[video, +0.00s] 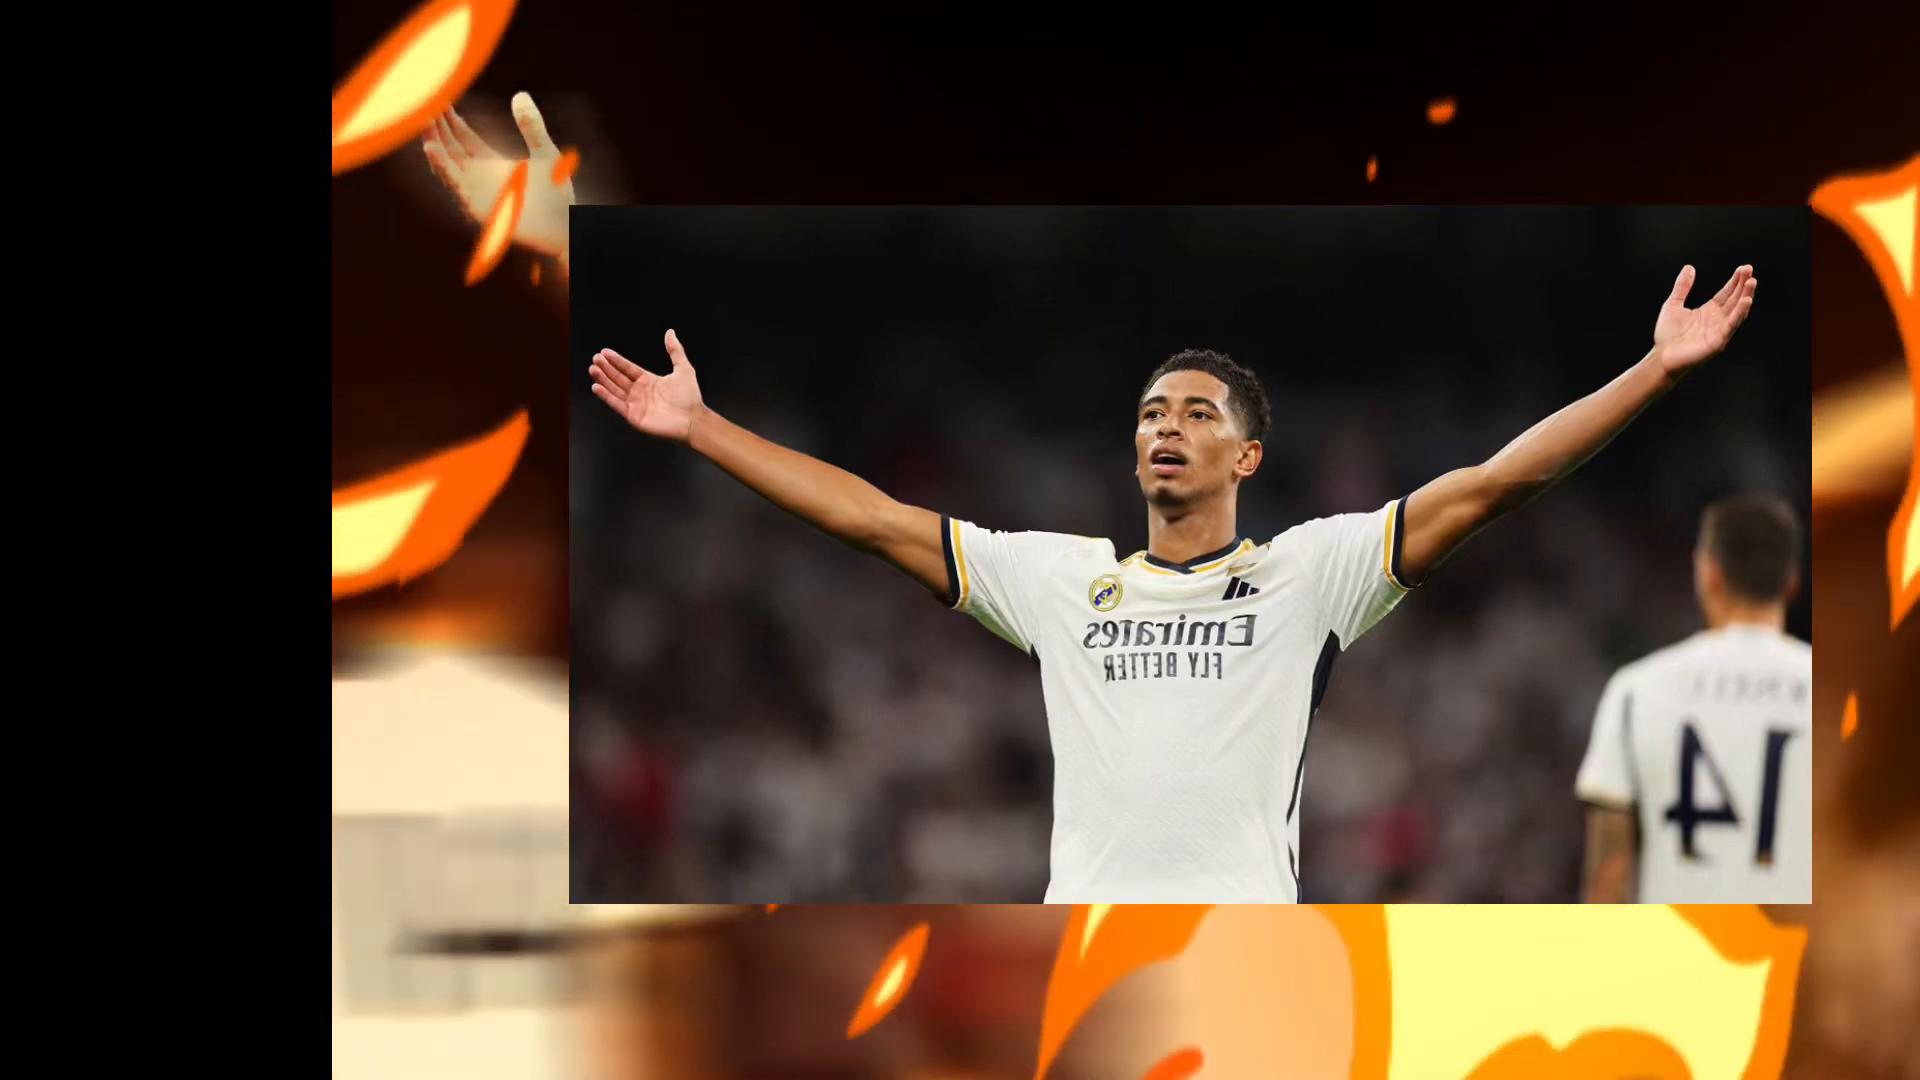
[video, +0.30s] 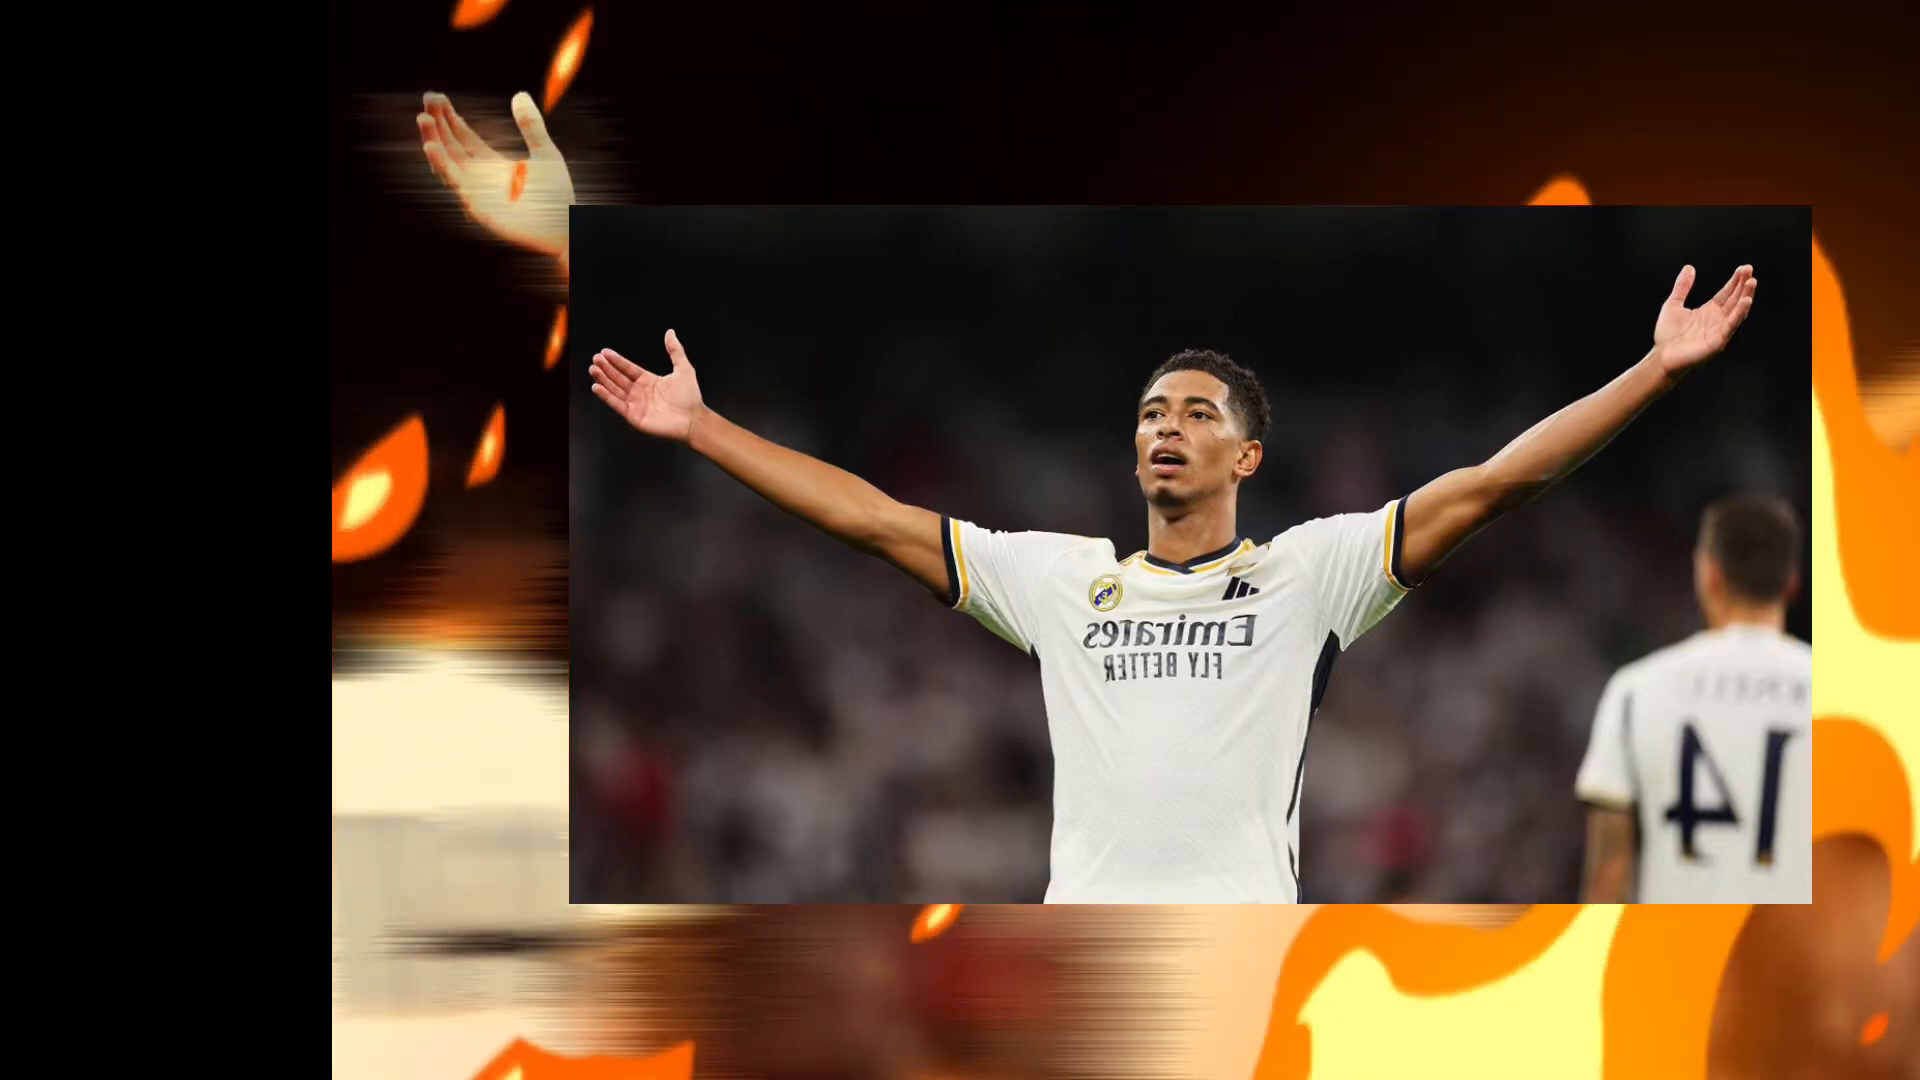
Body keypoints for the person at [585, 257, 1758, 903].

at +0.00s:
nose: (1166, 428)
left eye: (1198, 414)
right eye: (1153, 414)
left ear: (1247, 454)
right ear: (1133, 450)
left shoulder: (1308, 569)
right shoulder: (1058, 579)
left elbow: (1494, 481)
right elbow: (878, 519)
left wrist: (1657, 366)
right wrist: (701, 427)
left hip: (1248, 944)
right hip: (1089, 945)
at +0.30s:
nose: (1163, 437)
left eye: (1191, 421)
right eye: (1152, 421)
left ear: (1250, 454)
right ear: (1135, 451)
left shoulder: (1310, 569)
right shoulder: (1066, 576)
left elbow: (1497, 480)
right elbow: (879, 519)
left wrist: (1660, 365)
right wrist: (702, 426)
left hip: (1246, 937)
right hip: (1082, 934)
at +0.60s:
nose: (1161, 436)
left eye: (1190, 420)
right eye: (1150, 420)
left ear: (1251, 456)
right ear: (1134, 453)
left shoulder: (1310, 569)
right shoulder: (1064, 576)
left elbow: (1496, 480)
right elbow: (878, 518)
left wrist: (1659, 366)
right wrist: (702, 427)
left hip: (1253, 939)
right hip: (1084, 936)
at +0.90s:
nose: (1167, 431)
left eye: (1198, 417)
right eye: (1153, 416)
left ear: (1248, 457)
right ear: (1133, 452)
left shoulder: (1308, 570)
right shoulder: (1058, 578)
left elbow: (1488, 485)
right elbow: (878, 519)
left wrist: (1654, 369)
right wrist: (699, 427)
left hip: (1246, 945)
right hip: (1085, 946)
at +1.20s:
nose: (1168, 429)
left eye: (1198, 415)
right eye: (1154, 415)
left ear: (1247, 456)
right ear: (1133, 452)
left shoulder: (1307, 570)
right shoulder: (1057, 578)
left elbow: (1492, 483)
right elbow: (876, 518)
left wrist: (1656, 366)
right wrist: (699, 427)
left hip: (1246, 941)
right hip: (1085, 940)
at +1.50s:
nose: (1165, 436)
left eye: (1192, 420)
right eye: (1153, 420)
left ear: (1250, 455)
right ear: (1135, 452)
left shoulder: (1310, 569)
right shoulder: (1066, 577)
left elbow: (1496, 480)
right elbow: (880, 519)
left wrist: (1659, 366)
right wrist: (701, 425)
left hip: (1250, 942)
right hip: (1082, 937)